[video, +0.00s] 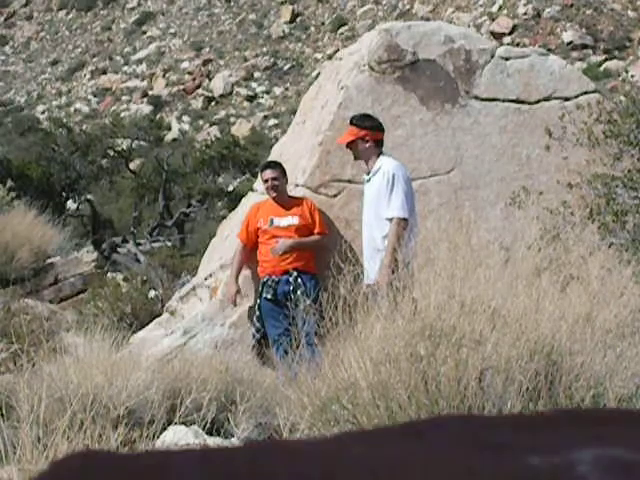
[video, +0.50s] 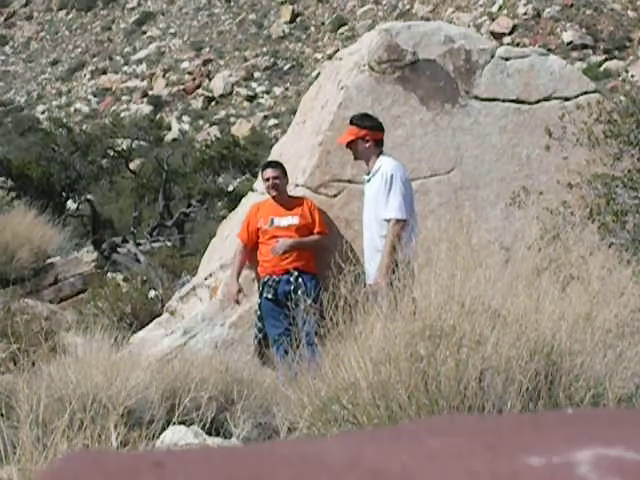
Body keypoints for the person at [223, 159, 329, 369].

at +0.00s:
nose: (271, 184)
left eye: (275, 179)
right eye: (266, 181)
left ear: (285, 180)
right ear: (262, 185)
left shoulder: (306, 206)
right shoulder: (257, 211)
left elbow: (322, 237)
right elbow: (244, 247)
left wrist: (293, 244)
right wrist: (233, 280)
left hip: (303, 277)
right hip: (271, 280)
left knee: (309, 334)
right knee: (279, 339)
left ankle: (314, 381)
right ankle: (288, 383)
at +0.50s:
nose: (272, 183)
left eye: (276, 178)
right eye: (267, 179)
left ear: (286, 179)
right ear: (263, 184)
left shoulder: (306, 205)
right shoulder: (257, 211)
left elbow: (323, 237)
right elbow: (243, 246)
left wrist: (293, 243)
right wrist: (234, 279)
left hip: (303, 276)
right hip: (271, 280)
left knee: (309, 334)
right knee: (279, 339)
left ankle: (315, 381)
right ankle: (290, 383)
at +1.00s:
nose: (272, 182)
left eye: (276, 177)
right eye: (267, 179)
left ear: (285, 179)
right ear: (263, 183)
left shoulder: (306, 206)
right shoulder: (257, 210)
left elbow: (324, 237)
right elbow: (246, 244)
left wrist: (294, 244)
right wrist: (239, 269)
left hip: (304, 277)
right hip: (272, 279)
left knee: (310, 333)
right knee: (279, 338)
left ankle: (314, 379)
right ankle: (288, 382)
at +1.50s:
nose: (272, 181)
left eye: (277, 176)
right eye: (267, 178)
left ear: (286, 179)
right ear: (263, 183)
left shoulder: (306, 205)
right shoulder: (258, 209)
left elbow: (325, 237)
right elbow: (247, 247)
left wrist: (293, 244)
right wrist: (244, 235)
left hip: (304, 276)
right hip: (272, 278)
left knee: (310, 332)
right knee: (276, 335)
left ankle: (317, 378)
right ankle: (288, 380)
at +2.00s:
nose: (272, 181)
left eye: (276, 176)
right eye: (267, 178)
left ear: (285, 178)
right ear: (263, 183)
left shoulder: (306, 205)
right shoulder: (258, 210)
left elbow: (324, 236)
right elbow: (246, 243)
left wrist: (294, 243)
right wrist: (245, 221)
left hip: (303, 276)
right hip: (272, 279)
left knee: (309, 332)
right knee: (279, 336)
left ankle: (315, 379)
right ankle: (288, 382)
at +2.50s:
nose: (271, 181)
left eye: (276, 176)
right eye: (266, 178)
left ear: (285, 178)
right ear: (262, 183)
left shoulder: (306, 206)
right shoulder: (259, 209)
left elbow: (324, 237)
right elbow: (247, 244)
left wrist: (293, 243)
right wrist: (248, 222)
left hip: (303, 277)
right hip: (273, 279)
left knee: (310, 333)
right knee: (280, 337)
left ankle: (314, 380)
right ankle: (288, 383)